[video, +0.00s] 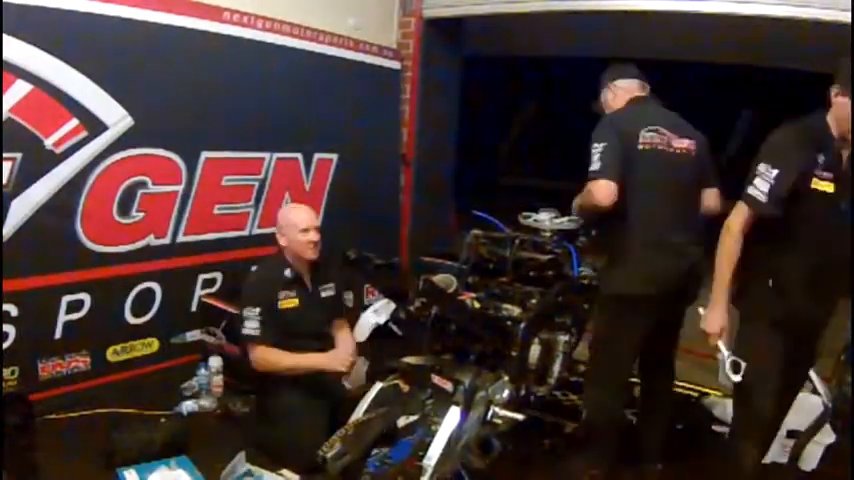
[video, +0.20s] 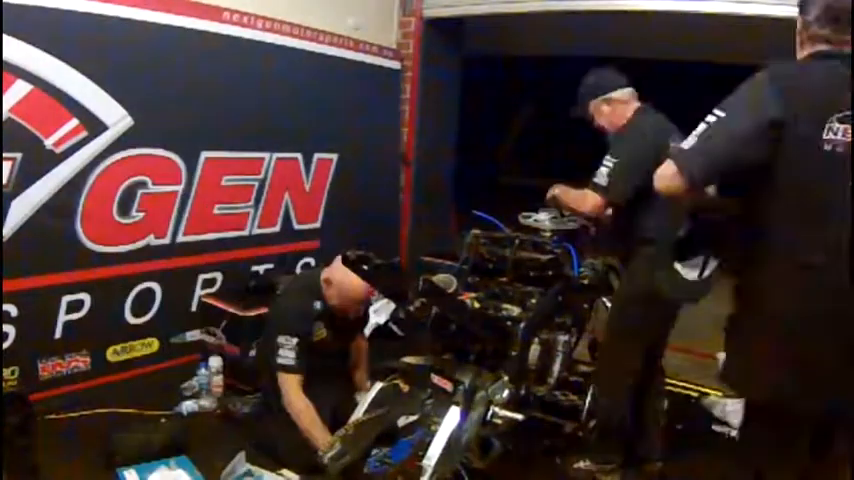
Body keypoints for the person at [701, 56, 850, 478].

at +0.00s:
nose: (853, 111)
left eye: (852, 102)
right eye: (851, 101)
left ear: (841, 99)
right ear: (836, 97)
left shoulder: (844, 157)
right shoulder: (795, 144)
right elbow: (737, 221)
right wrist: (718, 302)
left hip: (814, 311)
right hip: (767, 304)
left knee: (771, 417)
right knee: (755, 415)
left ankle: (746, 468)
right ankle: (736, 474)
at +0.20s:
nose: (793, 41)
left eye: (794, 32)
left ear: (804, 35)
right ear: (851, 37)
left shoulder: (784, 86)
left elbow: (670, 179)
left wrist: (735, 201)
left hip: (786, 342)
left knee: (771, 463)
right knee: (834, 463)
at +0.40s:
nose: (795, 79)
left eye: (796, 73)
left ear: (801, 72)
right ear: (840, 73)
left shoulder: (793, 113)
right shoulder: (848, 114)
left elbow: (761, 198)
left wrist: (750, 214)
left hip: (792, 275)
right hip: (834, 279)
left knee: (742, 391)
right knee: (792, 396)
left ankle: (726, 473)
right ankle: (774, 472)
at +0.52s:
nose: (847, 90)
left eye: (850, 78)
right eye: (841, 76)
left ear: (808, 46)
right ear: (801, 45)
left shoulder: (827, 108)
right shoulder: (725, 102)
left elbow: (838, 210)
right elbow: (652, 207)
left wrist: (842, 281)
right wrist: (700, 303)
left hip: (809, 325)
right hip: (734, 330)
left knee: (790, 466)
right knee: (715, 466)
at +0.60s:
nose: (628, 70)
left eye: (647, 54)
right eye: (619, 53)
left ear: (696, 37)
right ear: (608, 45)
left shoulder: (746, 133)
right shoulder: (609, 101)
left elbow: (771, 295)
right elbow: (604, 171)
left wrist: (732, 425)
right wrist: (553, 206)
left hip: (682, 374)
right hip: (584, 353)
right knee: (549, 469)